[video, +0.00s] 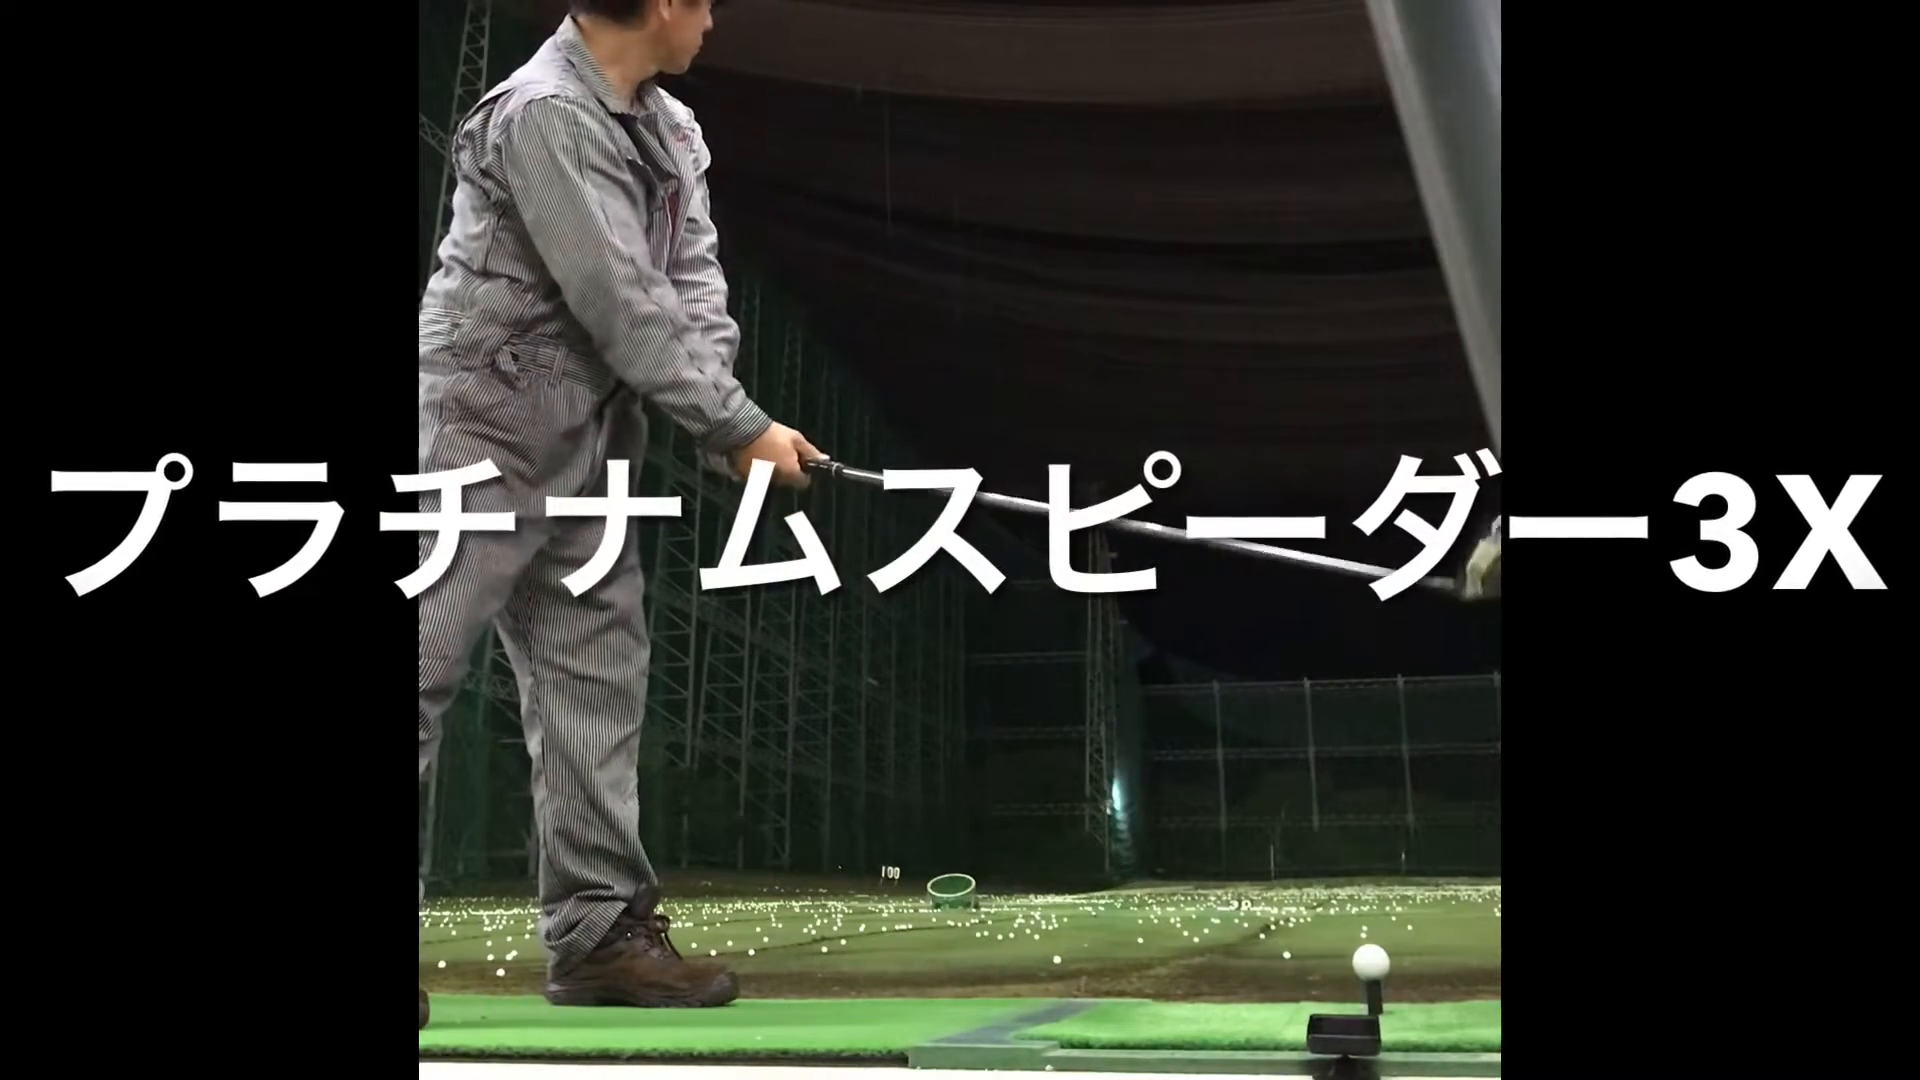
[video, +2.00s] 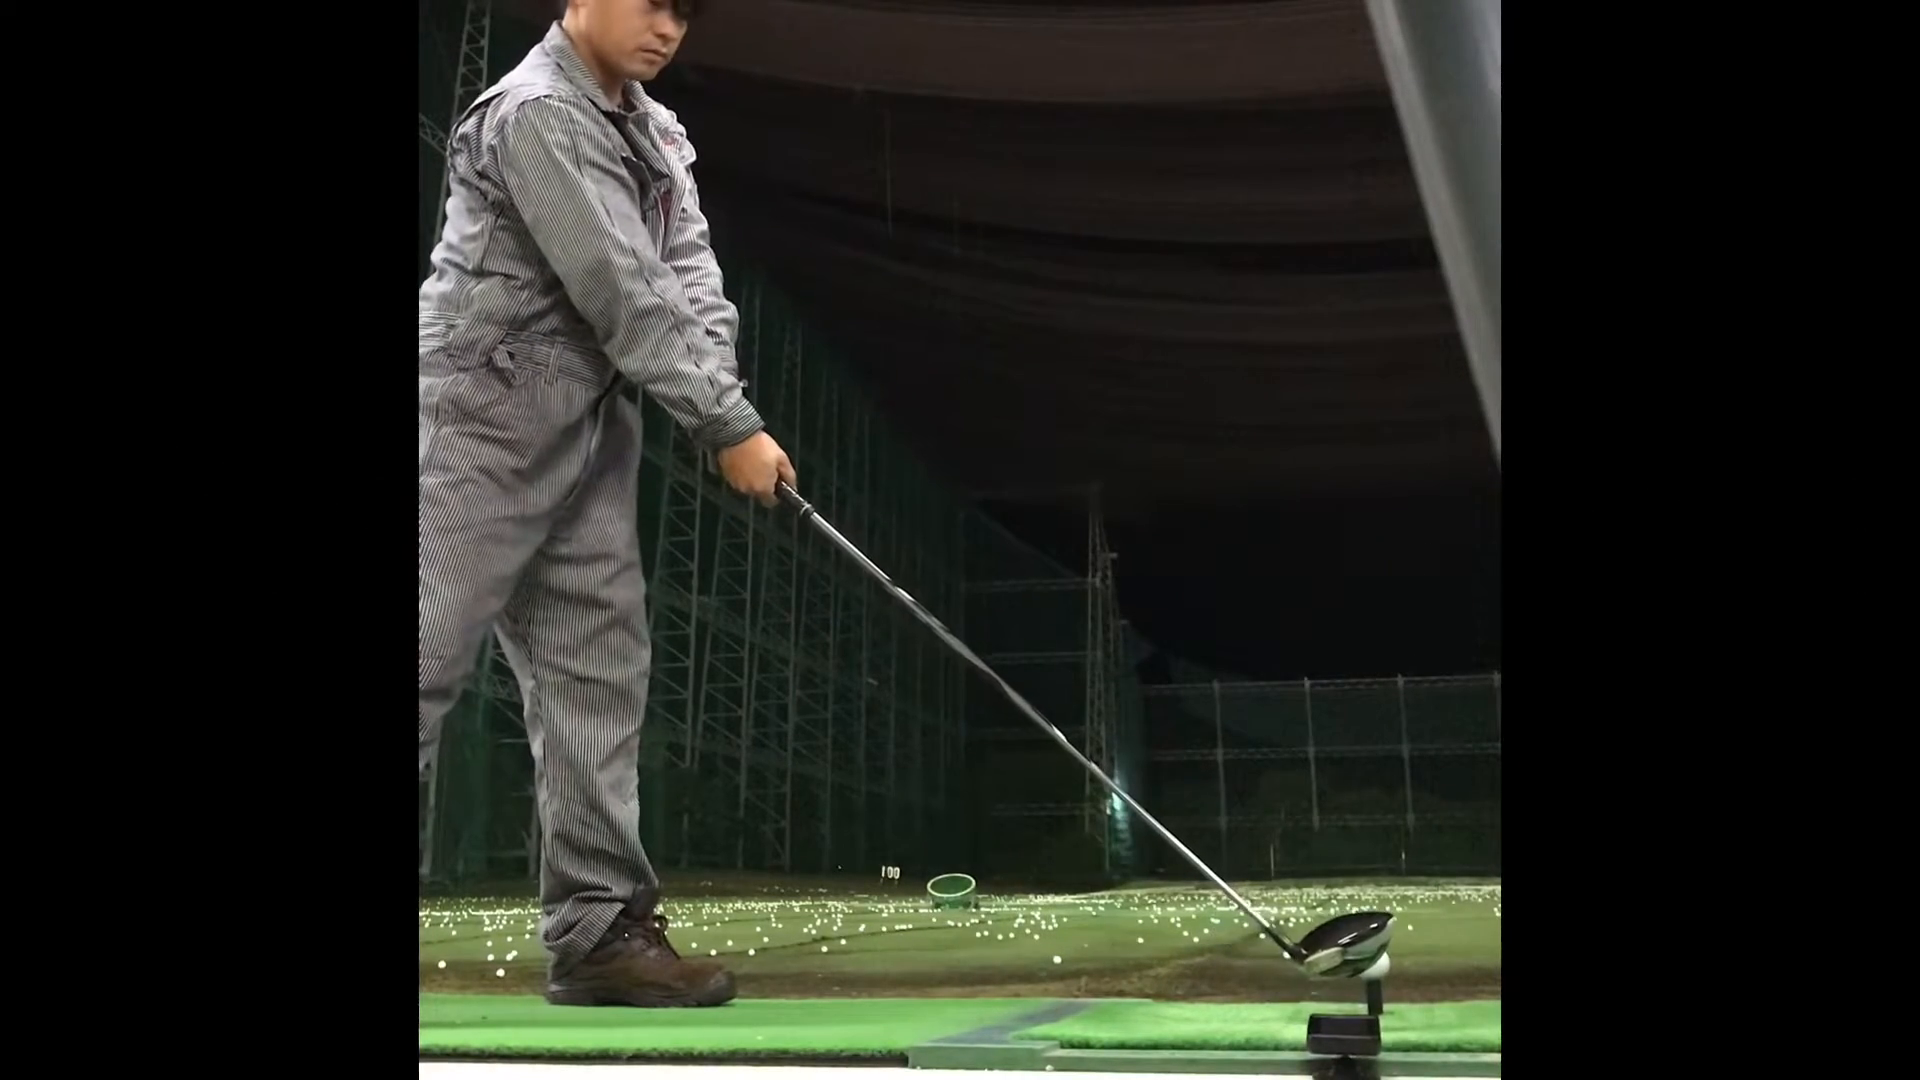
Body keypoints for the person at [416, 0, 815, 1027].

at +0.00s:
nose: (710, 18)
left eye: (709, 5)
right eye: (704, 4)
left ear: (656, 12)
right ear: (663, 8)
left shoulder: (672, 125)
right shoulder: (546, 111)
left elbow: (695, 285)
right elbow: (617, 298)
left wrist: (723, 418)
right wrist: (743, 427)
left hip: (579, 455)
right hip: (471, 443)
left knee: (594, 679)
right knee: (426, 686)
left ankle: (597, 936)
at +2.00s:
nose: (669, 26)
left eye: (679, 11)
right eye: (650, 4)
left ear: (681, 25)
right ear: (581, 4)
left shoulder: (657, 130)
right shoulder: (539, 110)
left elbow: (690, 270)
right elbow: (620, 286)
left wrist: (720, 407)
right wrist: (726, 426)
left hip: (585, 438)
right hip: (474, 426)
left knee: (595, 671)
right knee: (428, 670)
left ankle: (597, 935)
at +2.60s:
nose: (653, 30)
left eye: (670, 20)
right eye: (638, 5)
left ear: (673, 42)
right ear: (574, 2)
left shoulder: (682, 132)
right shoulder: (469, 105)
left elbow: (680, 240)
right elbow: (512, 236)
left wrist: (645, 335)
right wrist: (590, 342)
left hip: (604, 428)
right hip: (460, 421)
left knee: (629, 677)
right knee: (420, 656)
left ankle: (600, 935)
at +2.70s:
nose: (653, 33)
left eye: (672, 26)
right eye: (639, 7)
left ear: (676, 48)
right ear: (577, 2)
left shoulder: (685, 130)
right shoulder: (454, 95)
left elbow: (620, 194)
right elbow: (440, 178)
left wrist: (492, 228)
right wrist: (446, 225)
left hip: (591, 430)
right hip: (441, 413)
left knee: (634, 683)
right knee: (416, 640)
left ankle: (601, 936)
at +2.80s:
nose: (651, 30)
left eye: (672, 24)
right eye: (636, 5)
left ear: (678, 47)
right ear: (578, 4)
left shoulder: (677, 120)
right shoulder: (472, 84)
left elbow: (556, 108)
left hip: (572, 405)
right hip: (435, 386)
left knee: (624, 673)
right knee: (420, 620)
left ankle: (607, 930)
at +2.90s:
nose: (634, 24)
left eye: (647, 21)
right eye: (628, 7)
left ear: (656, 33)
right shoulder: (448, 77)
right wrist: (533, 31)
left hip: (533, 377)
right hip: (427, 378)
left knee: (610, 658)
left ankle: (622, 913)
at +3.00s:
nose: (621, 4)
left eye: (621, 2)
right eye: (626, 4)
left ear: (632, 13)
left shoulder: (606, 64)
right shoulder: (442, 72)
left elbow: (457, 3)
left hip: (506, 374)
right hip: (438, 382)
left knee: (603, 673)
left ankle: (652, 889)